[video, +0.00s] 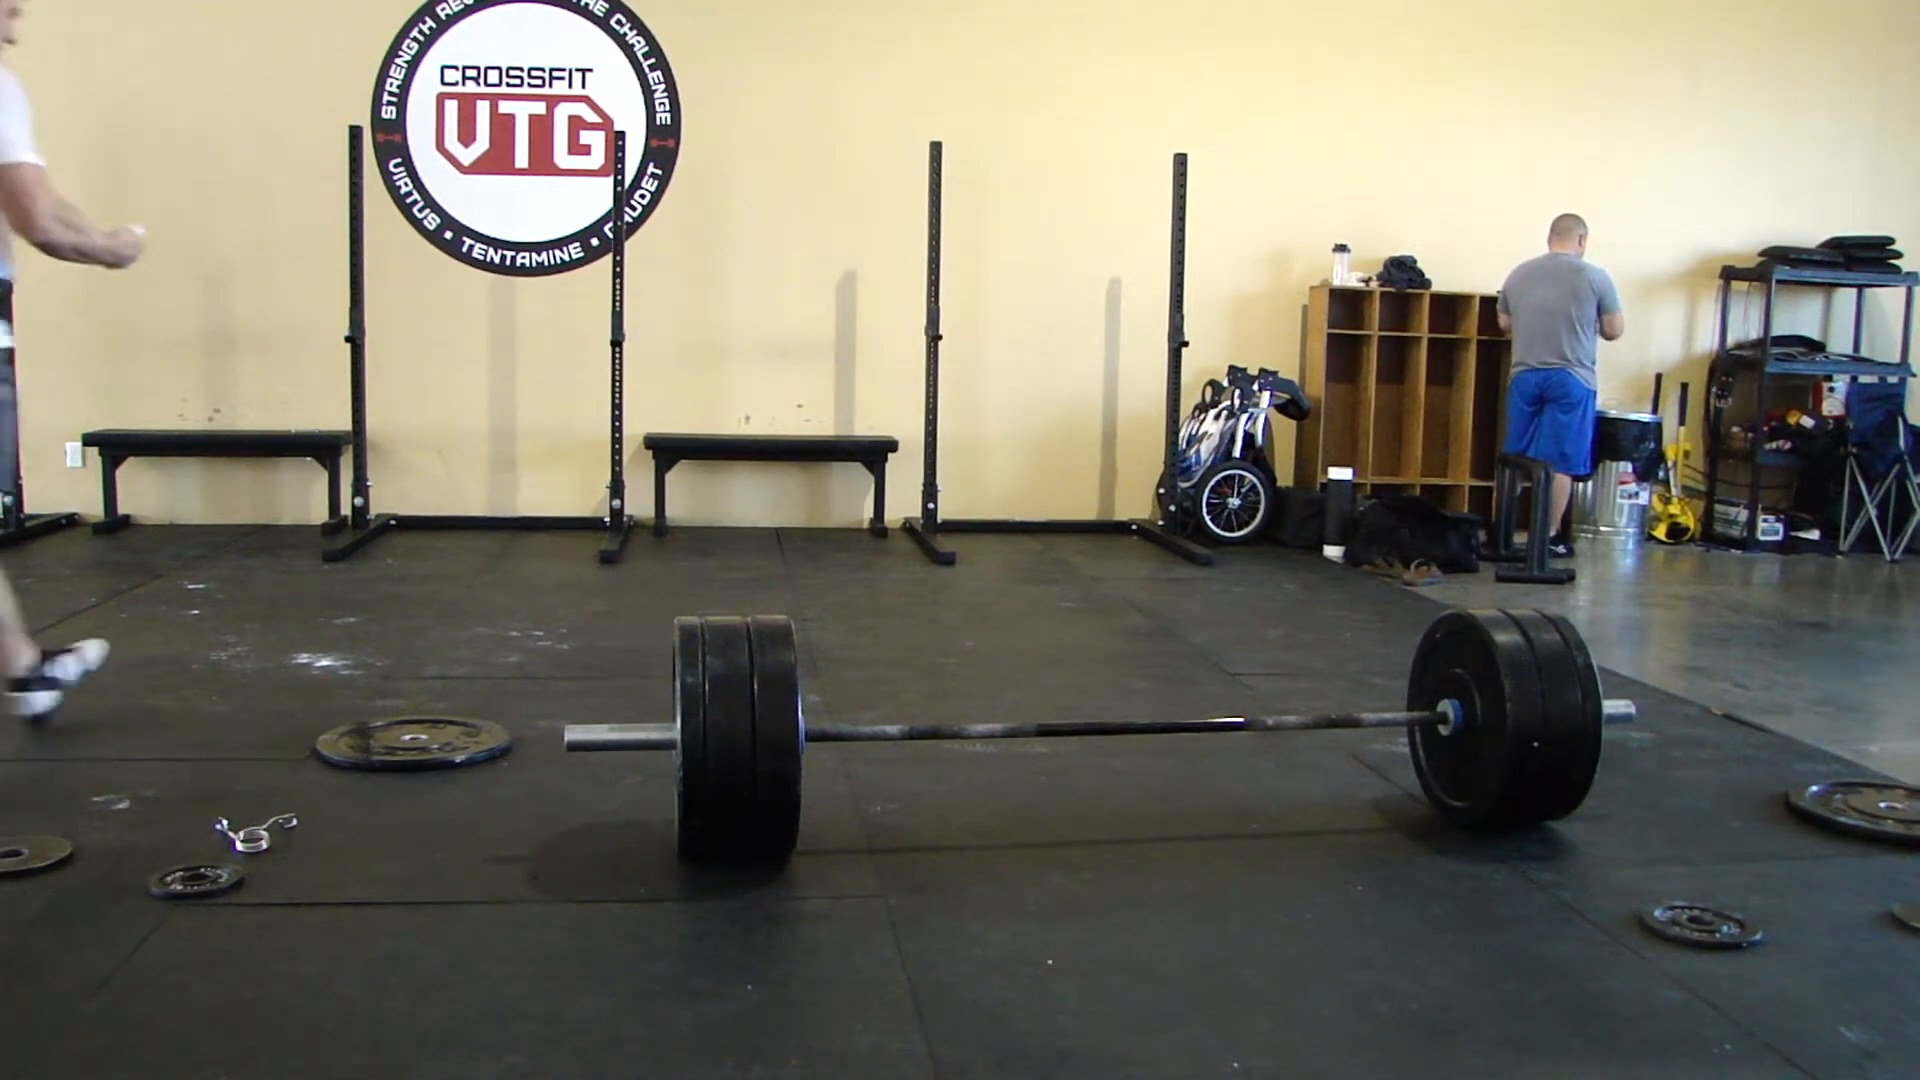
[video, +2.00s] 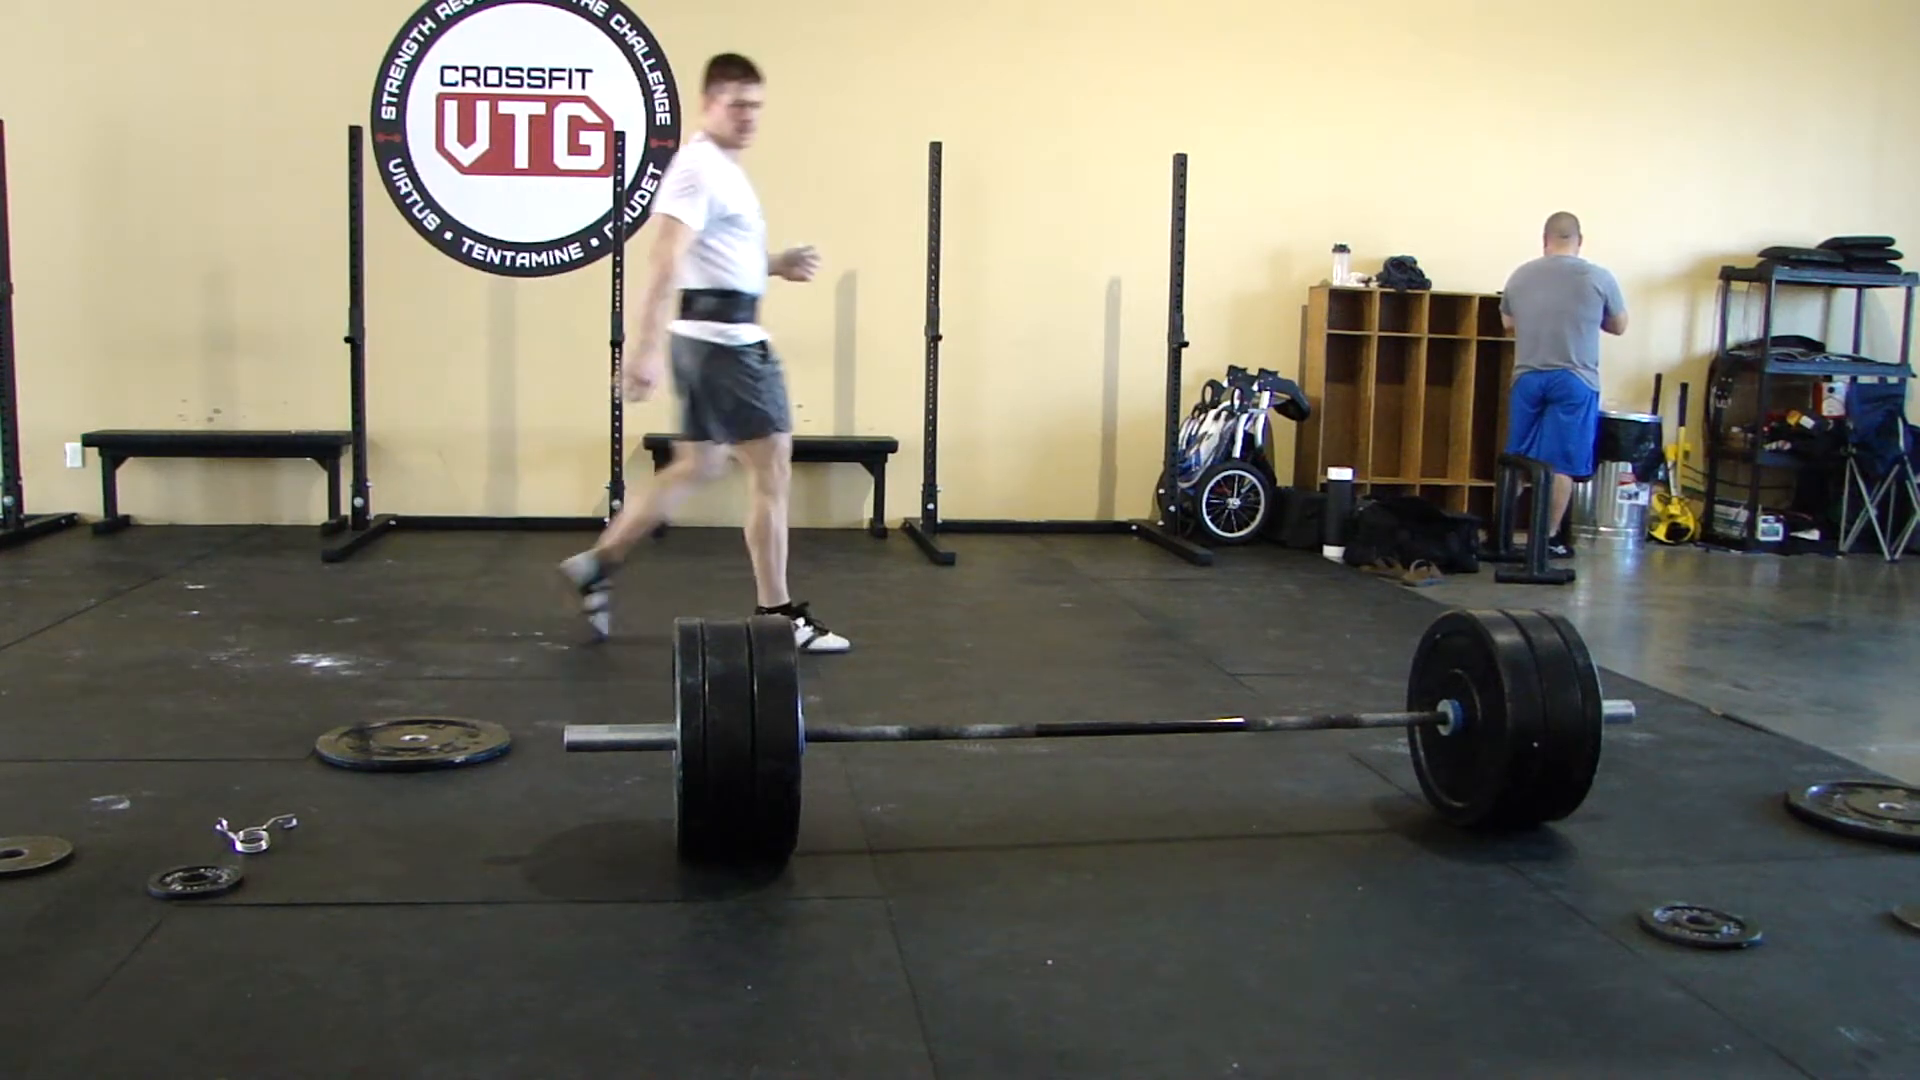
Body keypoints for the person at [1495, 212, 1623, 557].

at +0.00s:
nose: (1584, 247)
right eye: (1585, 242)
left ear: (1548, 240)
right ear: (1582, 240)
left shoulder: (1519, 273)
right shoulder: (1595, 276)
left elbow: (1504, 322)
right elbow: (1613, 330)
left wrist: (1537, 318)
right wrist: (1585, 316)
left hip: (1524, 376)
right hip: (1572, 378)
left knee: (1513, 459)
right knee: (1560, 464)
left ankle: (1501, 536)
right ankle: (1549, 537)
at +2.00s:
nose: (1571, 245)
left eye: (1550, 240)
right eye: (1577, 240)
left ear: (1544, 240)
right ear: (1580, 241)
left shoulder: (1520, 275)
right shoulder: (1597, 276)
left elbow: (1509, 324)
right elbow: (1618, 326)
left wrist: (1542, 314)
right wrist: (1582, 311)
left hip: (1527, 377)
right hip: (1575, 379)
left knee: (1516, 459)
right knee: (1562, 465)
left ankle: (1501, 534)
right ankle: (1547, 540)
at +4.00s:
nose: (1586, 243)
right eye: (1586, 239)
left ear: (1550, 237)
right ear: (1586, 241)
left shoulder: (1525, 270)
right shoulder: (1601, 278)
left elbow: (1515, 274)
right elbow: (1617, 333)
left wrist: (1550, 246)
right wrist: (1629, 377)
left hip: (1531, 379)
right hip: (1578, 382)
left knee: (1519, 460)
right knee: (1565, 465)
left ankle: (1502, 534)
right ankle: (1547, 539)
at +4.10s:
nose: (1586, 243)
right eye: (1586, 239)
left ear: (1550, 238)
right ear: (1586, 241)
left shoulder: (1525, 271)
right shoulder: (1601, 278)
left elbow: (1516, 270)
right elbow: (1617, 333)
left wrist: (1551, 244)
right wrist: (1629, 377)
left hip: (1531, 379)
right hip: (1578, 382)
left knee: (1519, 460)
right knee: (1565, 465)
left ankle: (1502, 534)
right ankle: (1548, 539)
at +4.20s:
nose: (1586, 242)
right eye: (1586, 239)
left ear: (1550, 239)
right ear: (1586, 241)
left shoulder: (1525, 271)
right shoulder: (1601, 278)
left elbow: (1517, 267)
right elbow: (1617, 333)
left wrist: (1551, 242)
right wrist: (1630, 377)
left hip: (1531, 379)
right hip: (1578, 382)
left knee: (1518, 460)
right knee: (1564, 465)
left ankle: (1502, 534)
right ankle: (1548, 539)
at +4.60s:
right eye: (1585, 236)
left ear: (1550, 240)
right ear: (1587, 241)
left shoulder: (1527, 271)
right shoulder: (1602, 278)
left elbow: (1517, 260)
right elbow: (1617, 332)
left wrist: (1548, 238)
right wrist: (1630, 376)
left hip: (1531, 379)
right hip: (1579, 381)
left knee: (1520, 459)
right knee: (1565, 465)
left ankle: (1503, 534)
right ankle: (1548, 539)